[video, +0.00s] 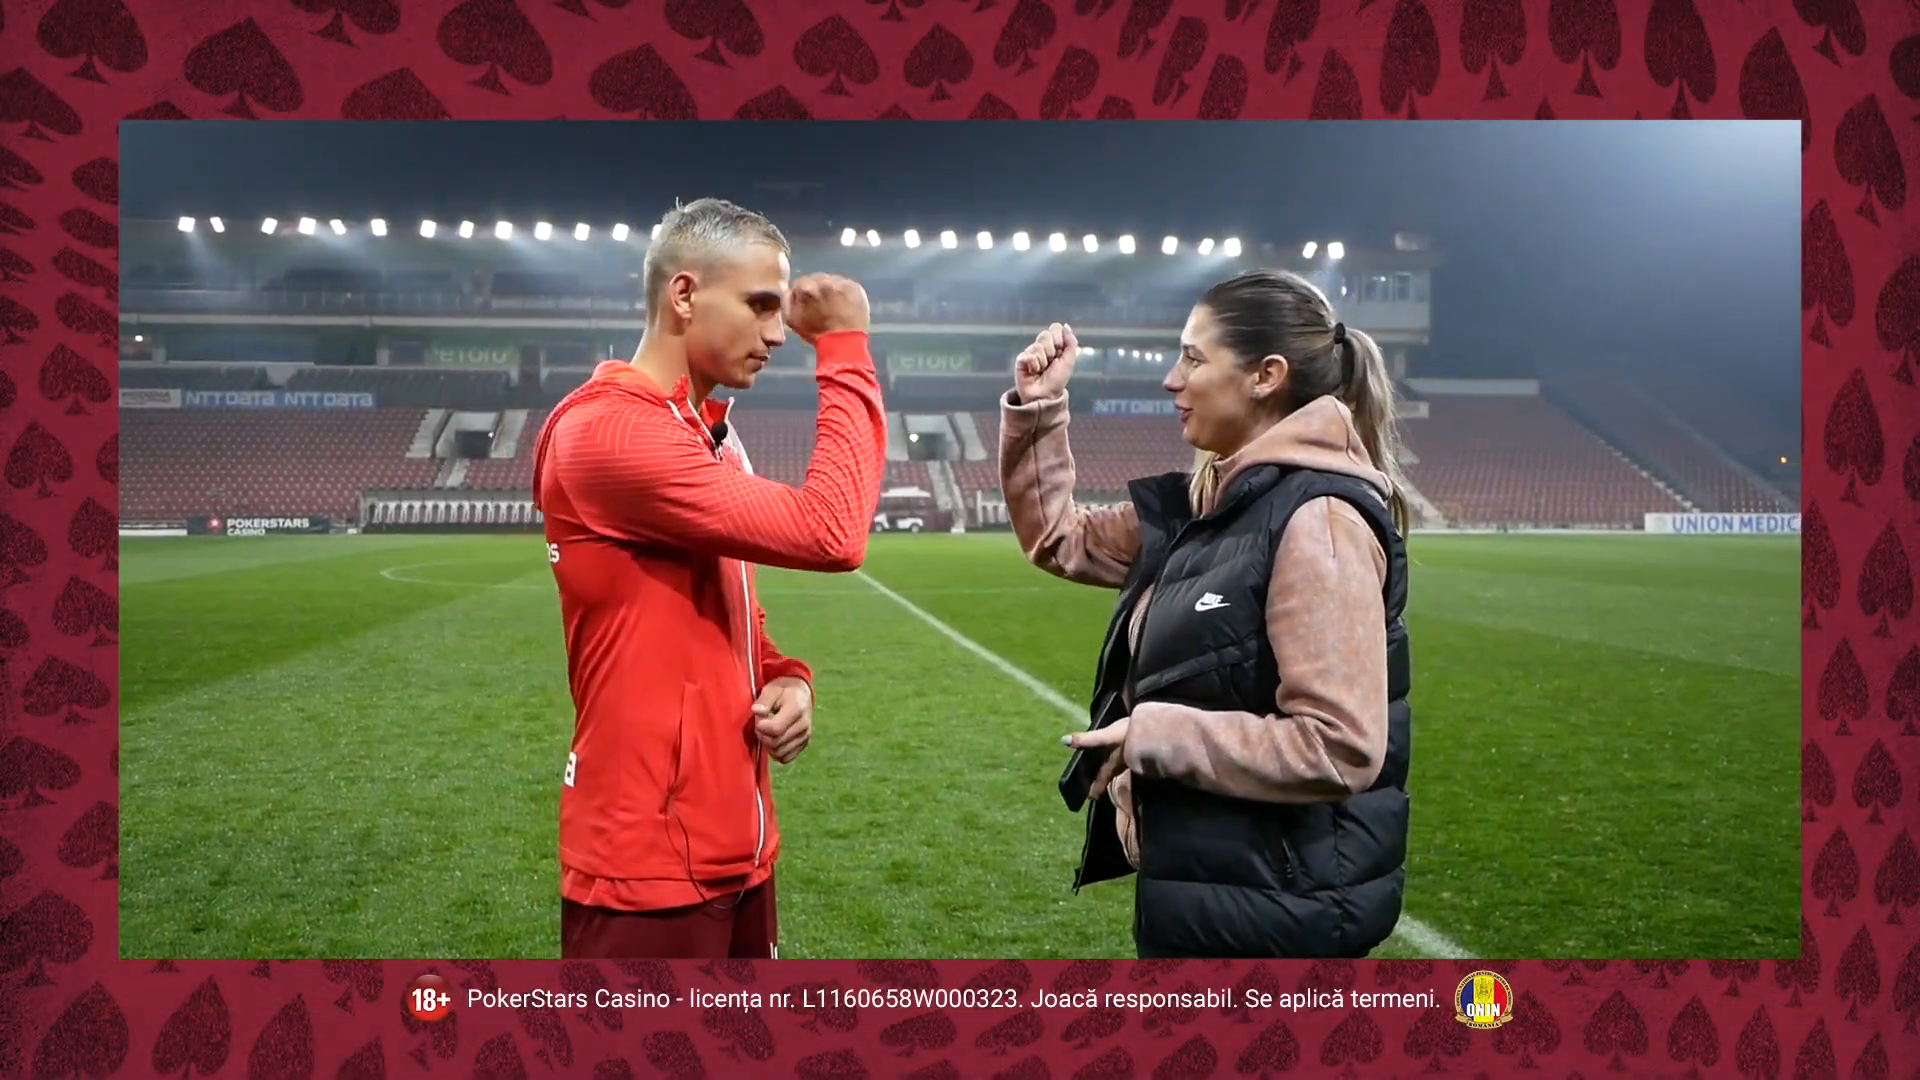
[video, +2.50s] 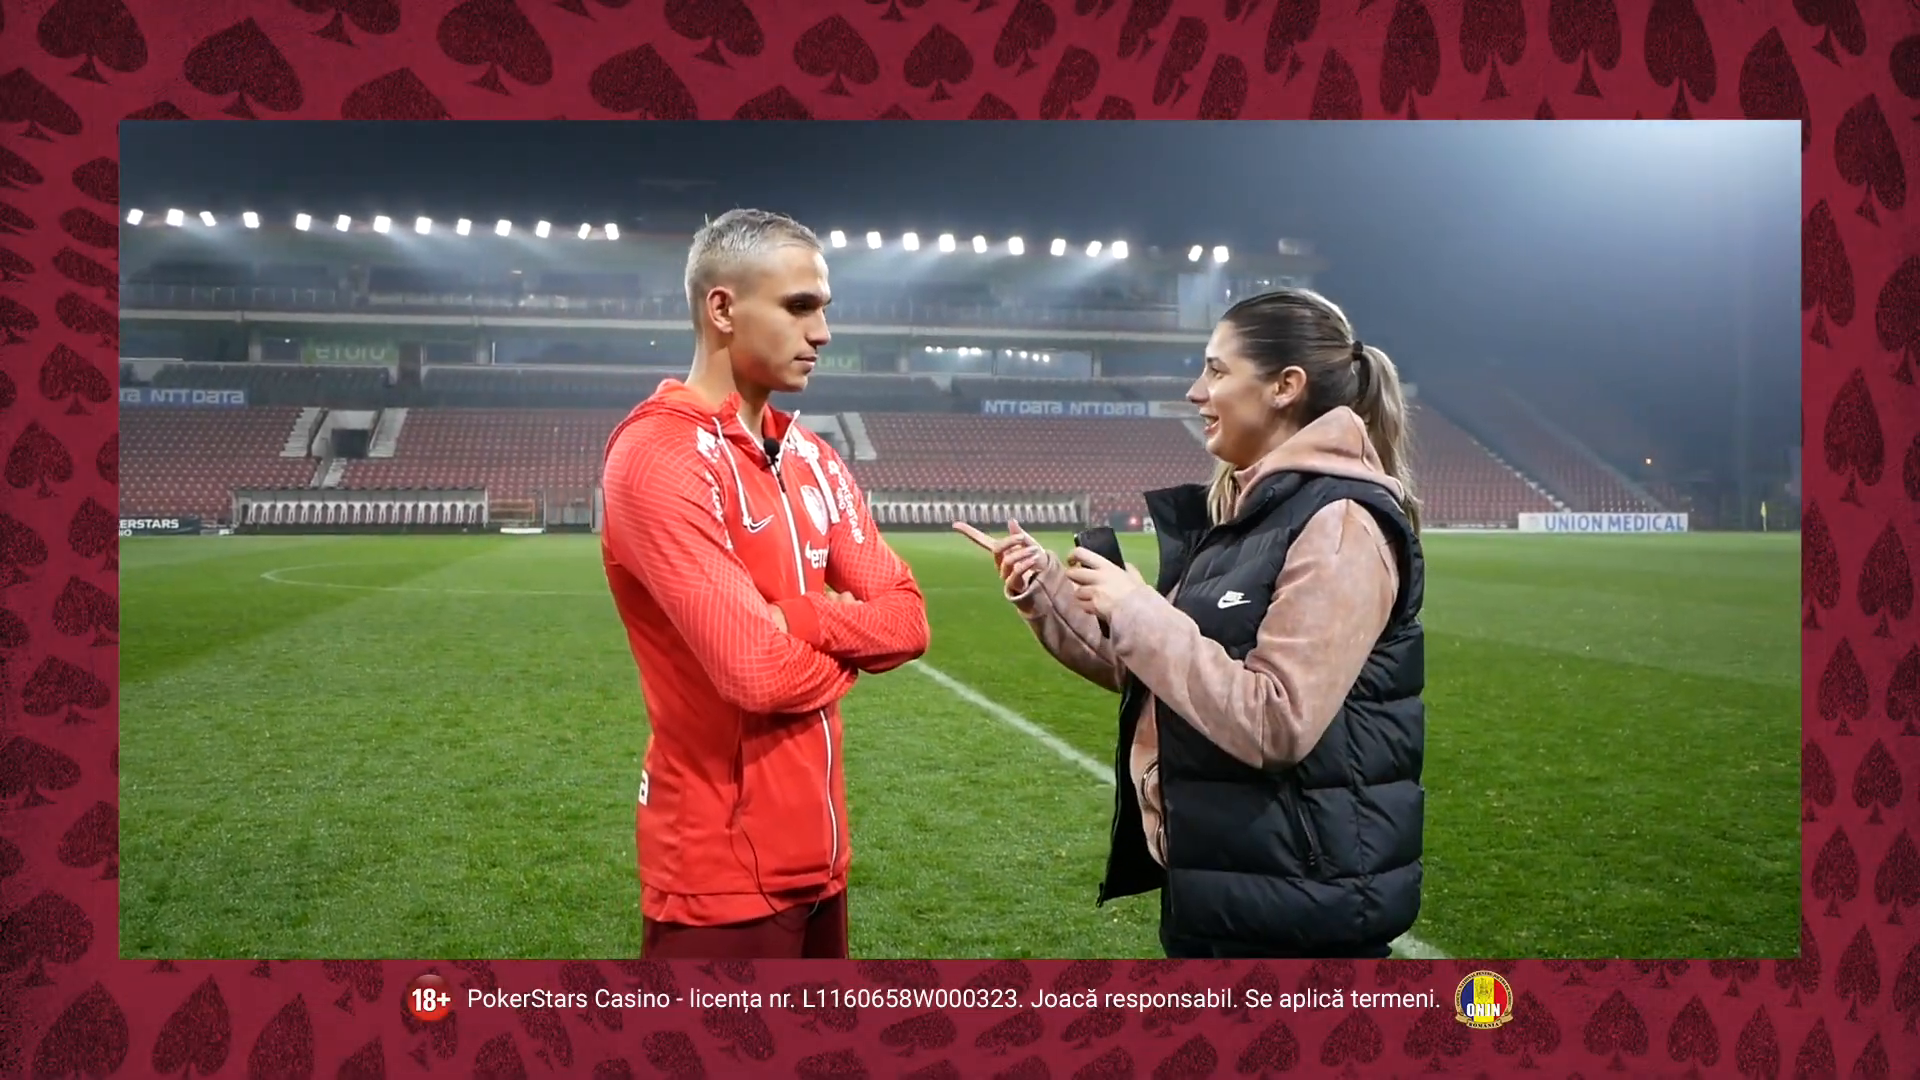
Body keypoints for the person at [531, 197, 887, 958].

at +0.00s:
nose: (778, 333)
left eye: (778, 310)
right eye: (759, 304)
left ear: (690, 300)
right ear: (683, 296)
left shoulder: (710, 434)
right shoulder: (605, 431)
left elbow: (734, 621)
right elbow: (832, 531)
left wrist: (786, 680)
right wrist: (845, 343)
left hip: (735, 856)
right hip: (645, 870)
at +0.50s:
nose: (771, 314)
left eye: (772, 293)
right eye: (750, 287)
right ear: (671, 291)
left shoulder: (731, 442)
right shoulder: (608, 435)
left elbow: (761, 607)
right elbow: (745, 610)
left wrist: (810, 660)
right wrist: (882, 503)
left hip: (752, 847)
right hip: (659, 860)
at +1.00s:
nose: (779, 317)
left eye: (779, 295)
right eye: (754, 292)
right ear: (676, 296)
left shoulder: (784, 442)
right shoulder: (594, 445)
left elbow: (882, 589)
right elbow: (688, 647)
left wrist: (729, 592)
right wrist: (801, 627)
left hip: (768, 841)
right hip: (653, 850)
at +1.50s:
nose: (774, 313)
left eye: (772, 290)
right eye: (749, 288)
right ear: (671, 293)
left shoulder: (765, 444)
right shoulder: (596, 446)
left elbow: (858, 612)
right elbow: (691, 662)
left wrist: (724, 602)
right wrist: (796, 627)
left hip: (760, 844)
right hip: (654, 855)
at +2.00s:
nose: (796, 321)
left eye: (794, 298)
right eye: (772, 296)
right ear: (695, 303)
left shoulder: (784, 454)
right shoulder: (624, 456)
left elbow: (876, 622)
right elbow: (723, 676)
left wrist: (751, 615)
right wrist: (822, 644)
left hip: (781, 852)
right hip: (682, 865)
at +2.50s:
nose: (822, 333)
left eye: (823, 309)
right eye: (799, 307)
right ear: (721, 309)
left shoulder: (812, 455)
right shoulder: (655, 459)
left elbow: (908, 620)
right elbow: (758, 676)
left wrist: (790, 616)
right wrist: (852, 646)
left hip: (813, 847)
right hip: (719, 861)